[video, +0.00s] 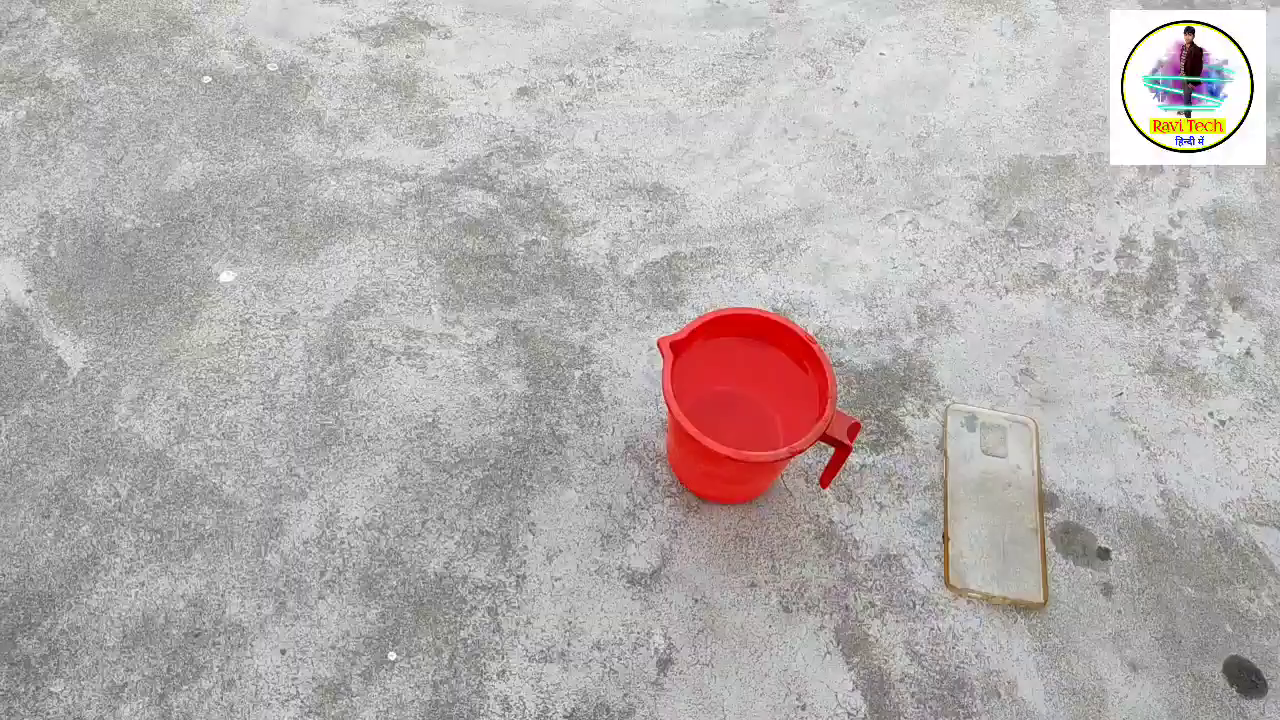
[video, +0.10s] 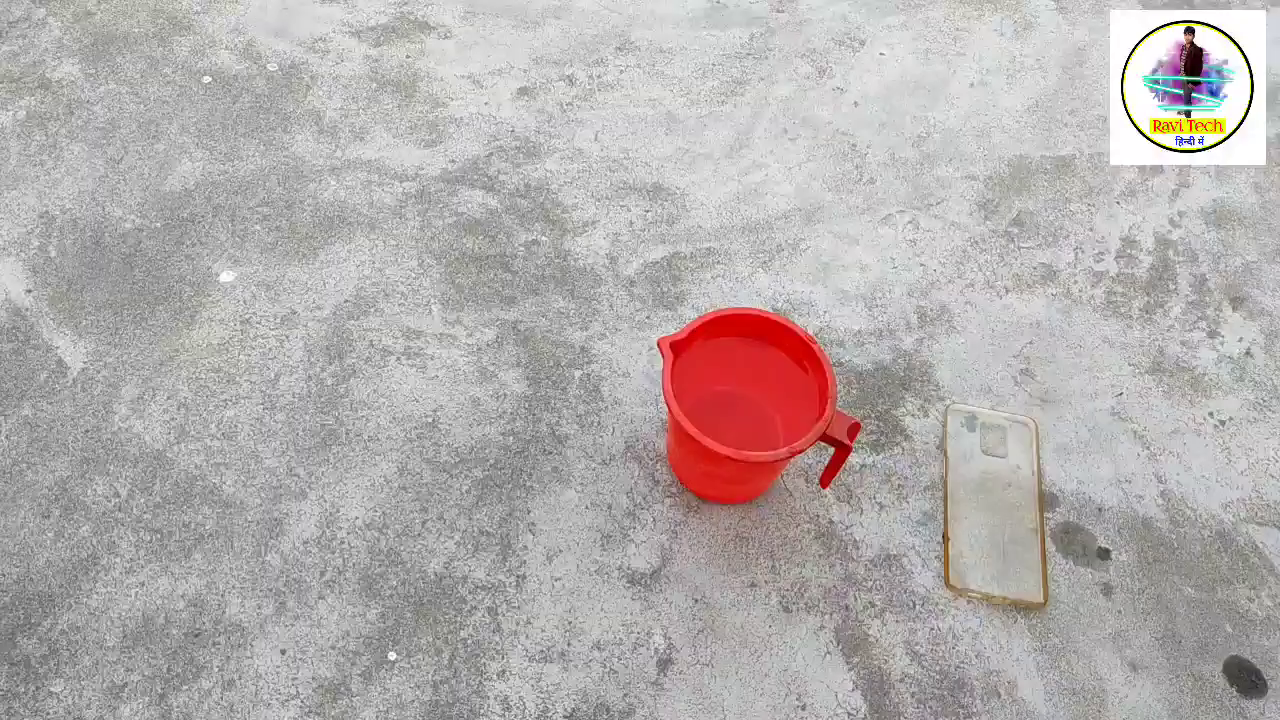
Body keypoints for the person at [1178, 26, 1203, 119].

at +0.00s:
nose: (1187, 37)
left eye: (1189, 35)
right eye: (1185, 34)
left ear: (1193, 36)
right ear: (1183, 36)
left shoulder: (1197, 50)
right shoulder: (1183, 48)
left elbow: (1198, 67)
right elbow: (1182, 61)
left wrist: (1194, 81)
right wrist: (1181, 72)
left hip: (1191, 76)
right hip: (1183, 75)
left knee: (1187, 96)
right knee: (1185, 96)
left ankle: (1188, 115)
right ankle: (1186, 113)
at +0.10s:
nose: (1187, 37)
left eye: (1189, 35)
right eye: (1185, 34)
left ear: (1193, 36)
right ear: (1183, 36)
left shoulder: (1197, 50)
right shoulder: (1183, 48)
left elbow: (1198, 67)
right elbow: (1182, 61)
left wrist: (1194, 81)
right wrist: (1181, 72)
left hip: (1191, 76)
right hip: (1183, 75)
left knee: (1187, 96)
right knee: (1185, 96)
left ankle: (1188, 115)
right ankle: (1186, 113)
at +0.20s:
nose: (1187, 37)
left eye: (1189, 35)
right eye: (1185, 34)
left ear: (1193, 36)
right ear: (1183, 36)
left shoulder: (1197, 50)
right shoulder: (1183, 48)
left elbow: (1198, 67)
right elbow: (1182, 61)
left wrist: (1194, 81)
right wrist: (1181, 72)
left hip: (1191, 76)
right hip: (1183, 75)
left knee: (1187, 96)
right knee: (1185, 96)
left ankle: (1188, 115)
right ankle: (1185, 112)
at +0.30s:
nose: (1187, 37)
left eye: (1189, 35)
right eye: (1185, 34)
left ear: (1193, 36)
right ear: (1183, 36)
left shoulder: (1197, 50)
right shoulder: (1183, 48)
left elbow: (1198, 67)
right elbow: (1182, 61)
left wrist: (1194, 81)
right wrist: (1181, 72)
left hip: (1191, 76)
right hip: (1183, 75)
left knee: (1187, 96)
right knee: (1185, 96)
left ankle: (1188, 115)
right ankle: (1185, 112)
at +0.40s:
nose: (1187, 37)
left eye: (1189, 35)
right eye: (1185, 34)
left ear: (1193, 36)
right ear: (1183, 36)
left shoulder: (1197, 50)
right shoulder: (1183, 48)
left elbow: (1198, 67)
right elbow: (1182, 61)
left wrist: (1194, 81)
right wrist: (1181, 72)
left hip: (1191, 76)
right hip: (1183, 75)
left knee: (1187, 96)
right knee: (1185, 96)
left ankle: (1188, 115)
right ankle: (1185, 112)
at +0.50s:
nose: (1187, 37)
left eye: (1189, 35)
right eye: (1185, 34)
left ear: (1193, 36)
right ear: (1183, 36)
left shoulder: (1197, 50)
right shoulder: (1183, 48)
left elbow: (1198, 67)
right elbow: (1182, 61)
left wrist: (1194, 81)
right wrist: (1181, 72)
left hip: (1191, 76)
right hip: (1183, 75)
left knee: (1187, 96)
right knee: (1185, 96)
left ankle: (1188, 115)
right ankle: (1185, 112)